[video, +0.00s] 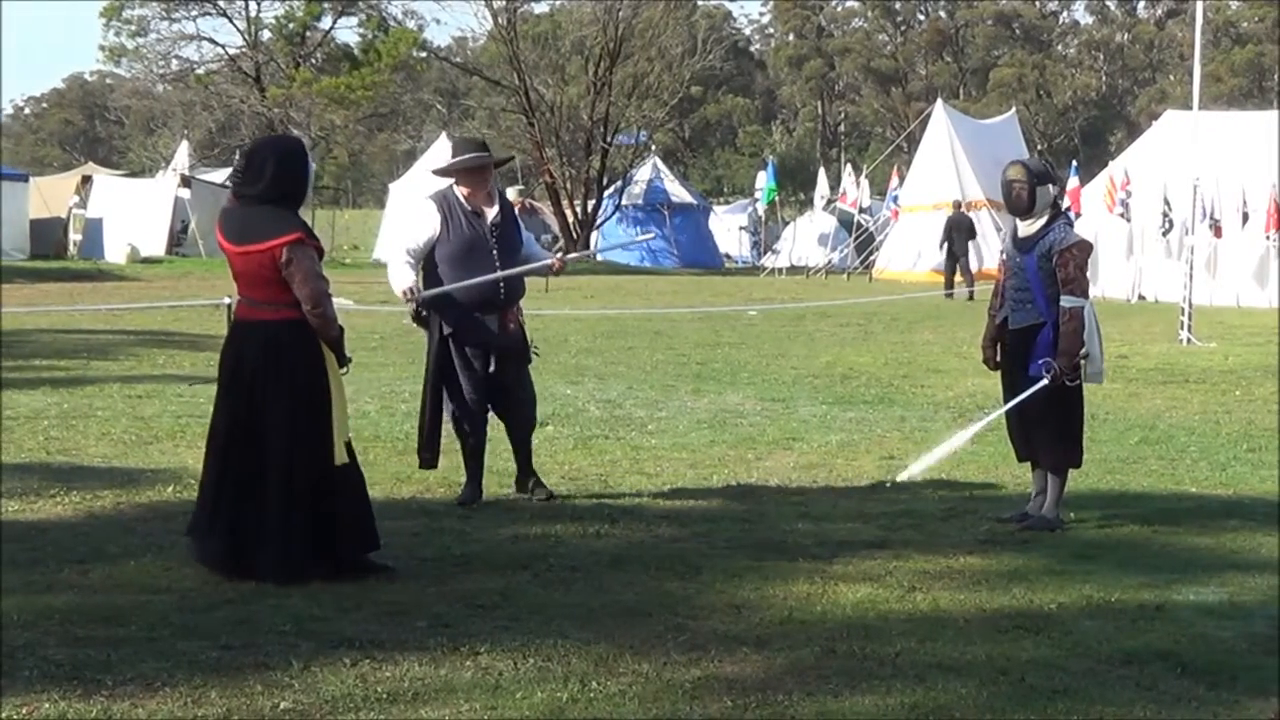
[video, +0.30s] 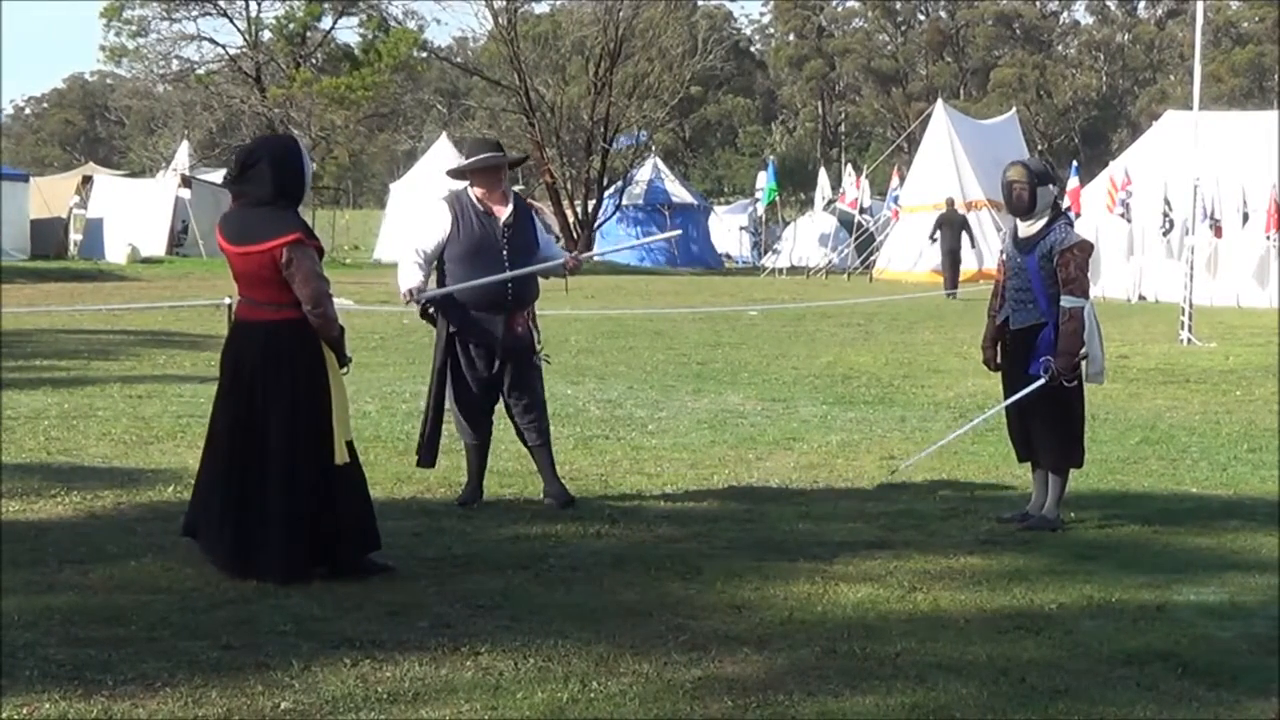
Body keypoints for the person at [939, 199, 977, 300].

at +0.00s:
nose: (954, 208)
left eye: (953, 206)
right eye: (956, 206)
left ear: (953, 207)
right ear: (961, 207)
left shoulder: (950, 219)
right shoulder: (968, 219)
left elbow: (946, 234)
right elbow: (973, 235)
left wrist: (941, 243)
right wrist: (964, 238)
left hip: (952, 248)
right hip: (963, 248)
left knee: (949, 271)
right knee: (966, 270)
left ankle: (949, 293)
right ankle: (970, 291)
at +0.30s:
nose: (948, 206)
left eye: (948, 204)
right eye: (950, 203)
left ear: (946, 205)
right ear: (954, 204)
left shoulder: (942, 217)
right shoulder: (961, 217)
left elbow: (934, 229)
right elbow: (969, 231)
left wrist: (931, 237)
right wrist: (972, 243)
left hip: (946, 248)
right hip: (956, 247)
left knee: (947, 269)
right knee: (956, 269)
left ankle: (948, 290)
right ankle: (954, 291)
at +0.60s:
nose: (944, 206)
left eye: (943, 204)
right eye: (946, 204)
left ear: (941, 205)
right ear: (949, 205)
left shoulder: (938, 216)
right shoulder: (954, 216)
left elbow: (931, 227)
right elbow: (960, 230)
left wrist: (928, 238)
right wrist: (964, 241)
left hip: (941, 246)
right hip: (951, 246)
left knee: (939, 266)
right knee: (952, 267)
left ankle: (945, 283)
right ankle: (951, 288)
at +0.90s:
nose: (938, 207)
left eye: (937, 205)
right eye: (940, 205)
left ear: (935, 206)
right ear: (943, 205)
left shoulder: (931, 217)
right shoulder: (948, 217)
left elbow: (927, 232)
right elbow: (955, 230)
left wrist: (924, 242)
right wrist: (947, 234)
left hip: (934, 246)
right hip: (945, 246)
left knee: (933, 269)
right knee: (947, 269)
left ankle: (930, 289)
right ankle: (949, 289)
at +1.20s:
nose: (932, 204)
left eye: (931, 202)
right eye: (934, 202)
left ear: (928, 203)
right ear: (936, 202)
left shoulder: (924, 214)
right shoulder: (940, 213)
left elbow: (917, 226)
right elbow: (947, 227)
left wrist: (913, 236)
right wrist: (953, 240)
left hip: (928, 244)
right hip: (938, 244)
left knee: (928, 266)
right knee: (939, 265)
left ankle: (929, 287)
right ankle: (939, 286)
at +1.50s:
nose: (930, 206)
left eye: (929, 204)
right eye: (932, 204)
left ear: (927, 205)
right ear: (934, 205)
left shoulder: (922, 216)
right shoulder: (938, 216)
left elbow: (914, 227)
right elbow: (945, 229)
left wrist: (910, 236)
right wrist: (950, 240)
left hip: (925, 245)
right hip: (935, 245)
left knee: (926, 265)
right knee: (934, 265)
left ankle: (927, 286)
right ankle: (932, 284)